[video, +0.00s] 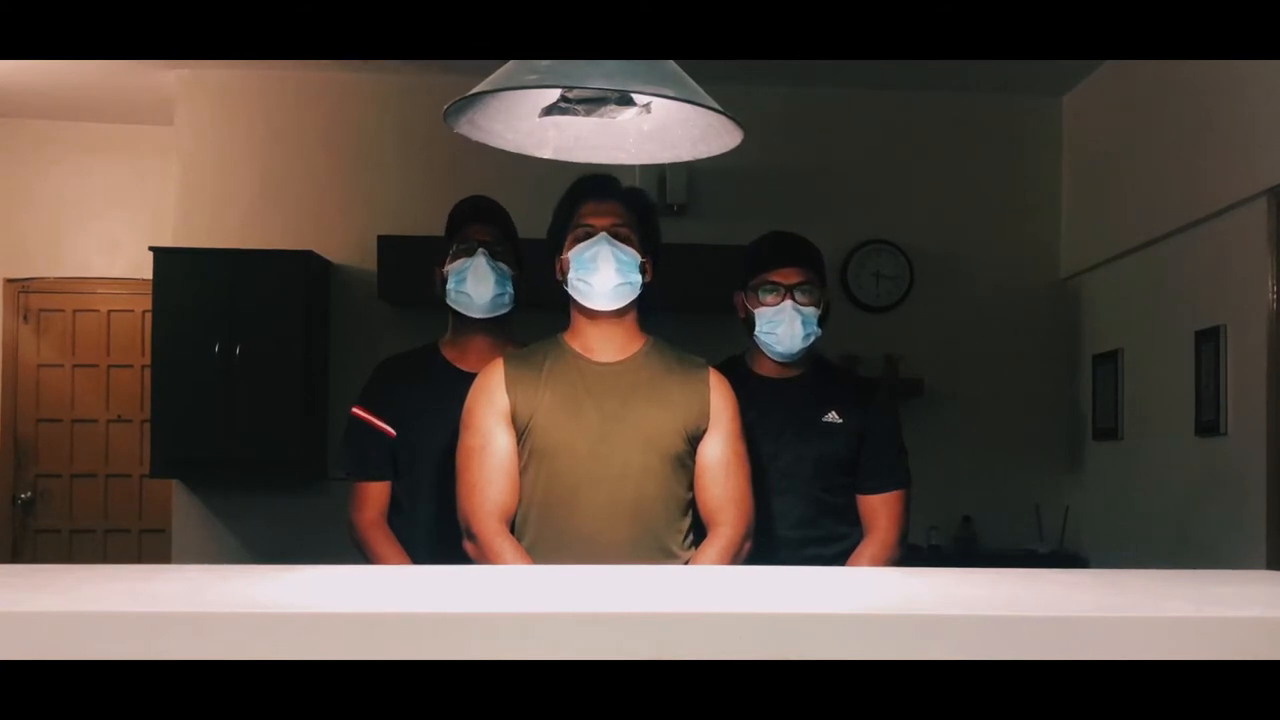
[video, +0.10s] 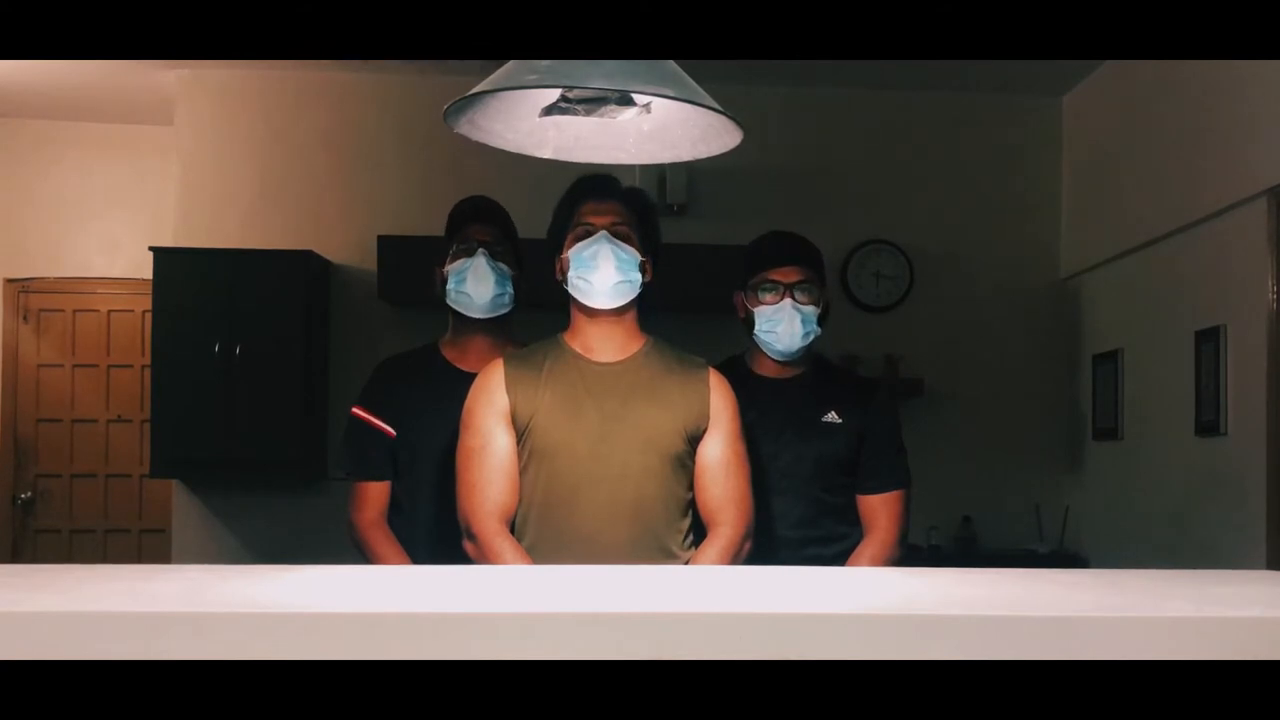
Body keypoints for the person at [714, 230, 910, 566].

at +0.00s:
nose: (788, 308)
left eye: (804, 293)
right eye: (770, 293)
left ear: (822, 304)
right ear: (743, 304)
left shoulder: (861, 400)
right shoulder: (708, 394)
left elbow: (883, 537)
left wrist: (830, 611)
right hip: (734, 596)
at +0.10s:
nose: (787, 306)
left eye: (803, 292)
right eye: (769, 291)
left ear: (821, 304)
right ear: (743, 303)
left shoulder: (861, 400)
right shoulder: (708, 394)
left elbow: (883, 537)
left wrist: (829, 611)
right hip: (734, 597)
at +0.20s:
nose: (787, 305)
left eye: (803, 291)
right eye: (769, 290)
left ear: (821, 303)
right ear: (742, 303)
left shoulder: (860, 400)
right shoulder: (708, 394)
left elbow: (882, 537)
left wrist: (829, 611)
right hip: (733, 597)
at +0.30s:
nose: (786, 304)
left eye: (802, 290)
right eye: (768, 289)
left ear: (821, 303)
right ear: (742, 303)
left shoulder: (860, 400)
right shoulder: (707, 394)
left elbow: (882, 536)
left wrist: (829, 611)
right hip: (732, 597)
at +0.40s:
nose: (784, 303)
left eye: (800, 289)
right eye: (766, 289)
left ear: (819, 302)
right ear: (740, 301)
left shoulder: (858, 400)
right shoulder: (706, 394)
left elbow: (881, 537)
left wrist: (828, 612)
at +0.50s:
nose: (780, 301)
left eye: (796, 287)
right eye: (762, 287)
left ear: (816, 300)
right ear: (737, 300)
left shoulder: (854, 397)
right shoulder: (705, 391)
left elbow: (877, 532)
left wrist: (825, 612)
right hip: (728, 597)